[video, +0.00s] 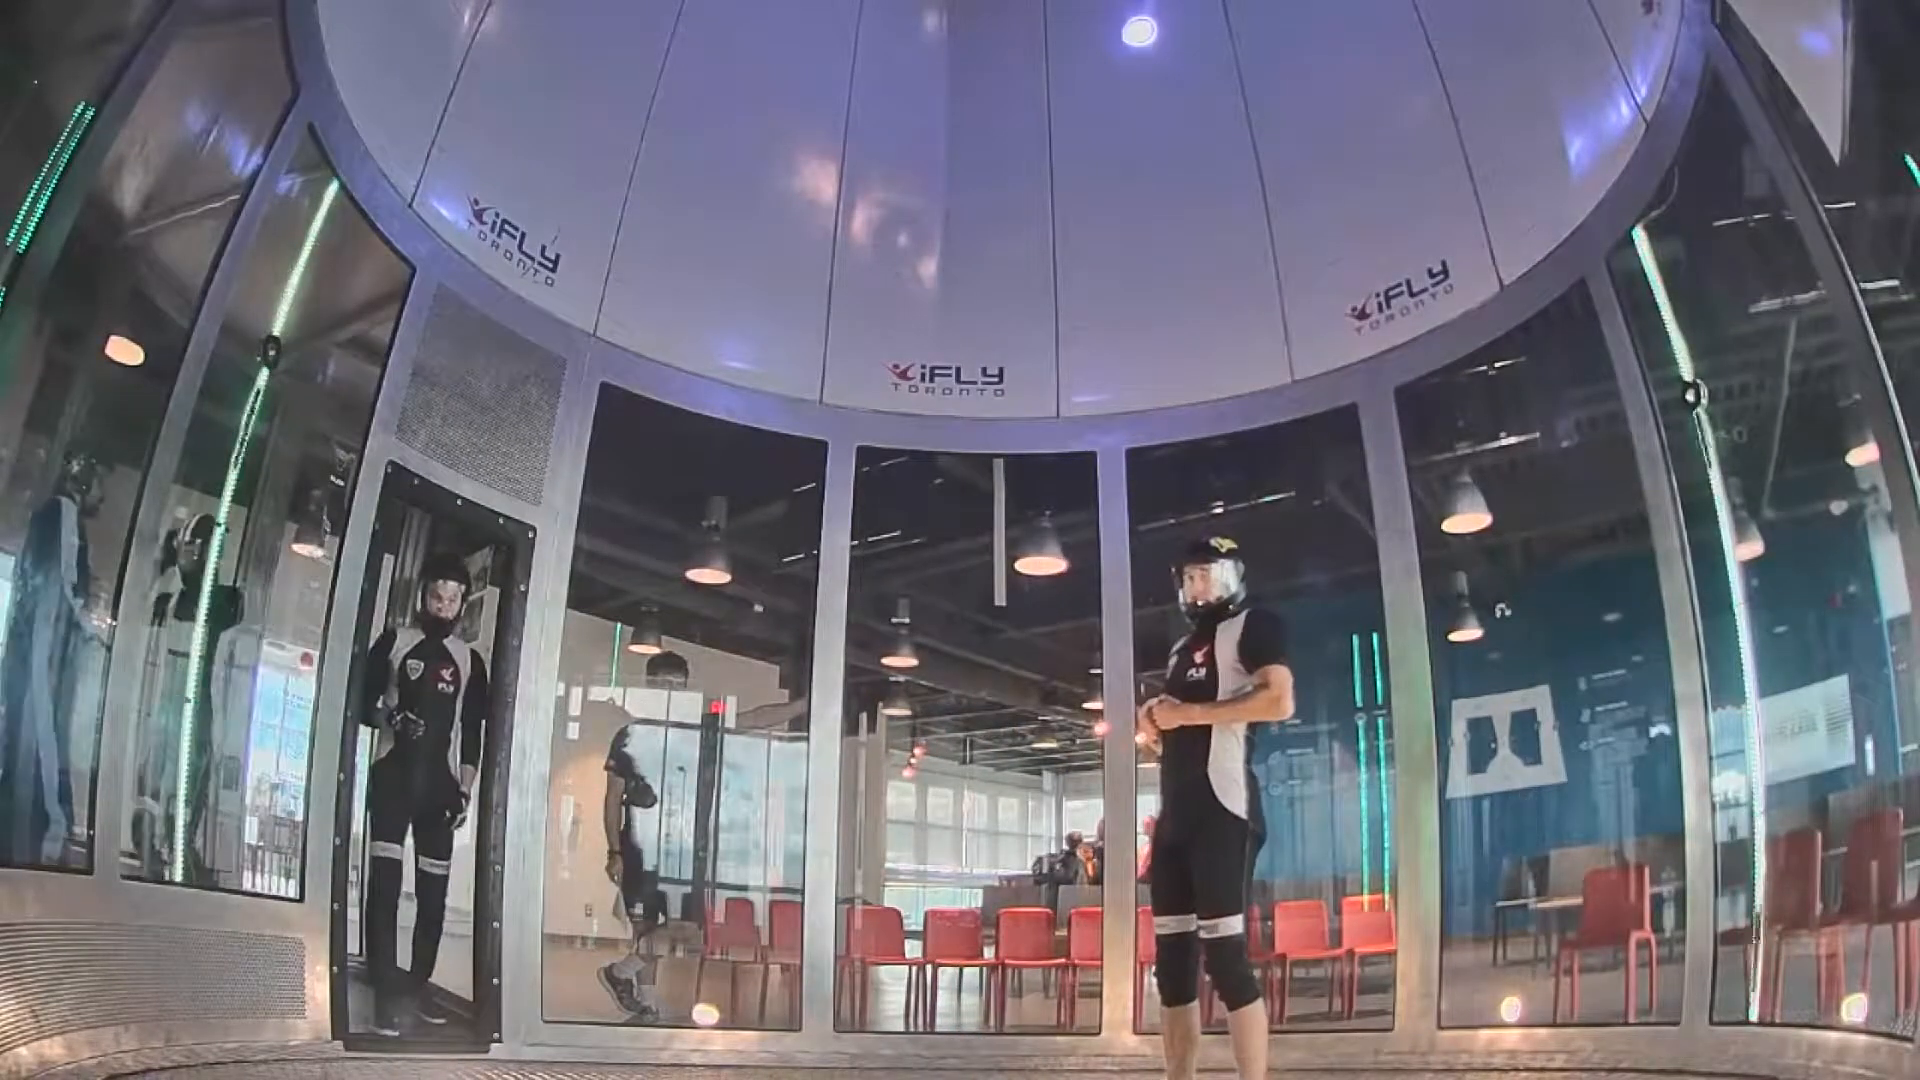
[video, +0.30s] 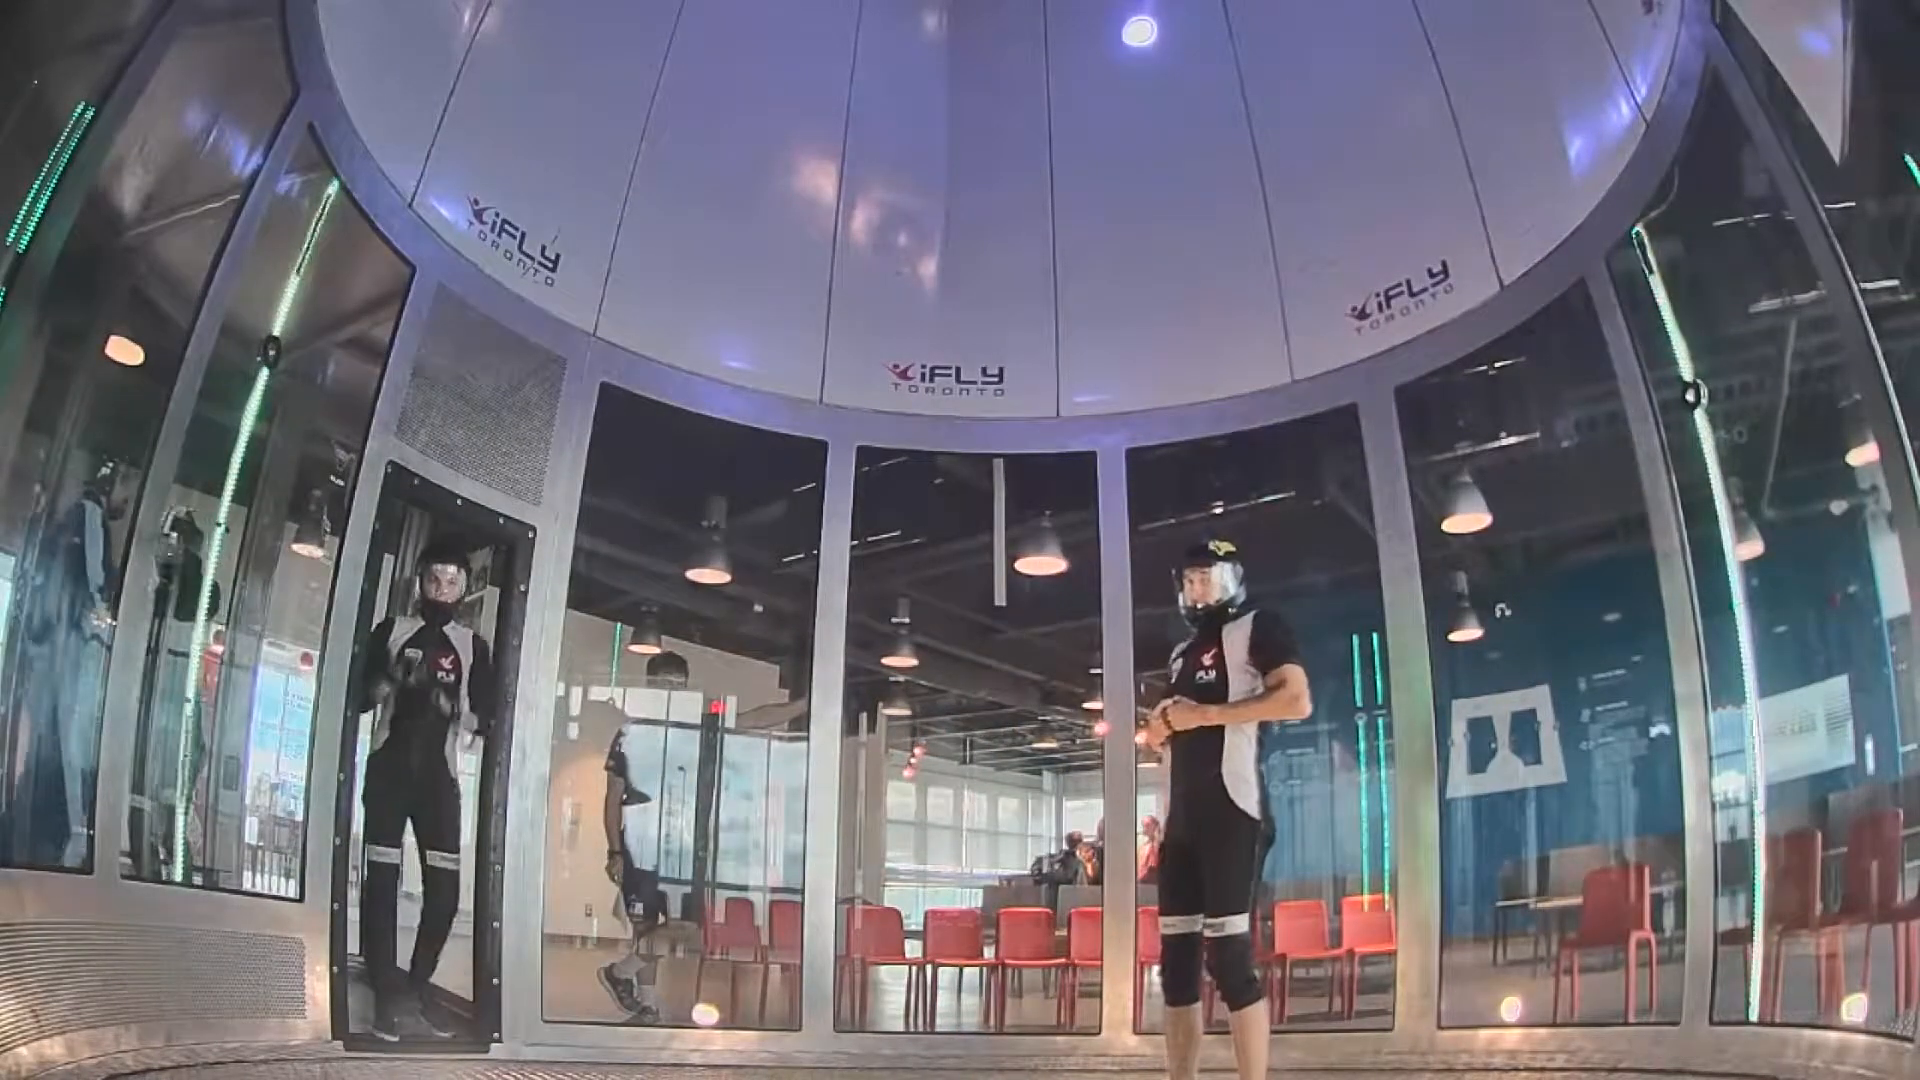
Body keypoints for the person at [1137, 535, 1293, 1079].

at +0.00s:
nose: (1195, 587)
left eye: (1205, 575)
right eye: (1189, 577)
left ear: (1232, 577)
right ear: (1181, 583)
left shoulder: (1256, 624)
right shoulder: (1184, 646)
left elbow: (1280, 702)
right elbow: (1167, 747)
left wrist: (1187, 713)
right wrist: (1150, 730)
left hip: (1226, 810)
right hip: (1176, 810)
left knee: (1225, 955)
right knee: (1173, 960)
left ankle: (1253, 1075)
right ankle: (1179, 1076)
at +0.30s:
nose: (1195, 589)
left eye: (1205, 578)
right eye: (1189, 580)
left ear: (1231, 580)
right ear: (1182, 586)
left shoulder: (1259, 625)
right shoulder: (1183, 650)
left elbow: (1297, 700)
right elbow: (1176, 716)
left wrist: (1207, 713)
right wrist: (1157, 727)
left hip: (1235, 810)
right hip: (1182, 812)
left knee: (1230, 957)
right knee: (1177, 959)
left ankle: (1254, 1075)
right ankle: (1180, 1076)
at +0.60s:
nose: (1189, 591)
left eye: (1199, 581)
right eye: (1186, 582)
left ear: (1229, 583)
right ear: (1186, 589)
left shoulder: (1268, 636)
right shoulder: (1183, 655)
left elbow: (1312, 720)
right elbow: (1174, 749)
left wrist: (1223, 722)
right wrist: (1170, 735)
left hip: (1250, 814)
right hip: (1198, 815)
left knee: (1234, 956)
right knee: (1187, 962)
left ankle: (1275, 1075)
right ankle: (1181, 1077)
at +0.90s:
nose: (1240, 599)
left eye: (1251, 588)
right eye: (1240, 589)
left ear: (1282, 593)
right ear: (1248, 598)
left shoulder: (1323, 648)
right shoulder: (1235, 664)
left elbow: (1356, 735)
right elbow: (1223, 751)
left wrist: (1268, 734)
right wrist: (1222, 743)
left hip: (1296, 827)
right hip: (1240, 827)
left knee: (1330, 966)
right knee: (1211, 958)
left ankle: (1378, 1060)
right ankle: (1184, 1077)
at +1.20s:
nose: (1286, 610)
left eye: (1295, 599)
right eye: (1282, 600)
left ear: (1327, 598)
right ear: (1281, 606)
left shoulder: (1380, 655)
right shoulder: (1276, 670)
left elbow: (1429, 726)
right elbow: (1258, 760)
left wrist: (1352, 737)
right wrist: (1283, 751)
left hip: (1366, 836)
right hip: (1305, 837)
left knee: (1380, 968)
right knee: (1251, 959)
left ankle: (1389, 1071)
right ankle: (1197, 1075)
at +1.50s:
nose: (1340, 593)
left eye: (1350, 582)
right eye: (1330, 584)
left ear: (1370, 588)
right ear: (1318, 595)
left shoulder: (1402, 643)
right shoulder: (1307, 665)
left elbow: (1448, 718)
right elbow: (1296, 756)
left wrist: (1375, 739)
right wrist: (1308, 750)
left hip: (1388, 821)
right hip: (1329, 822)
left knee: (1384, 962)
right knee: (1290, 949)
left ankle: (1391, 1064)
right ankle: (1266, 1071)